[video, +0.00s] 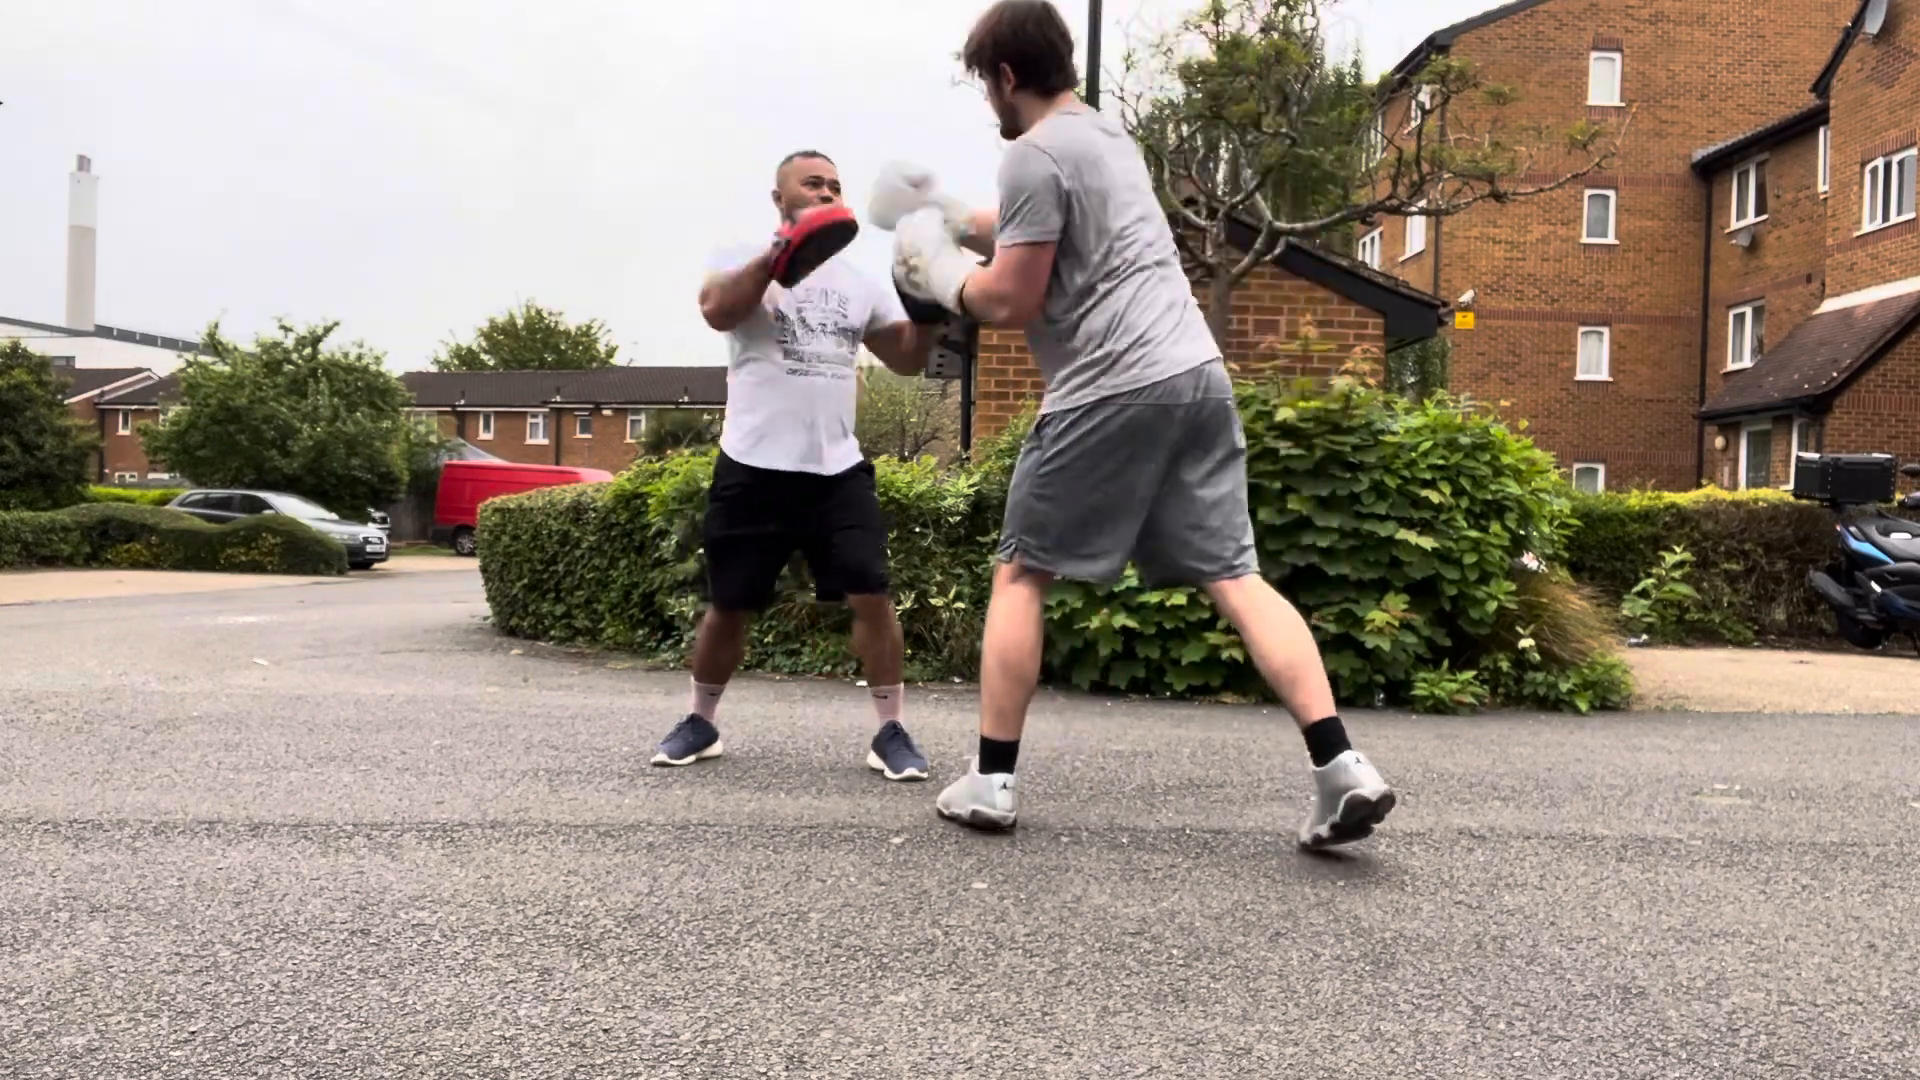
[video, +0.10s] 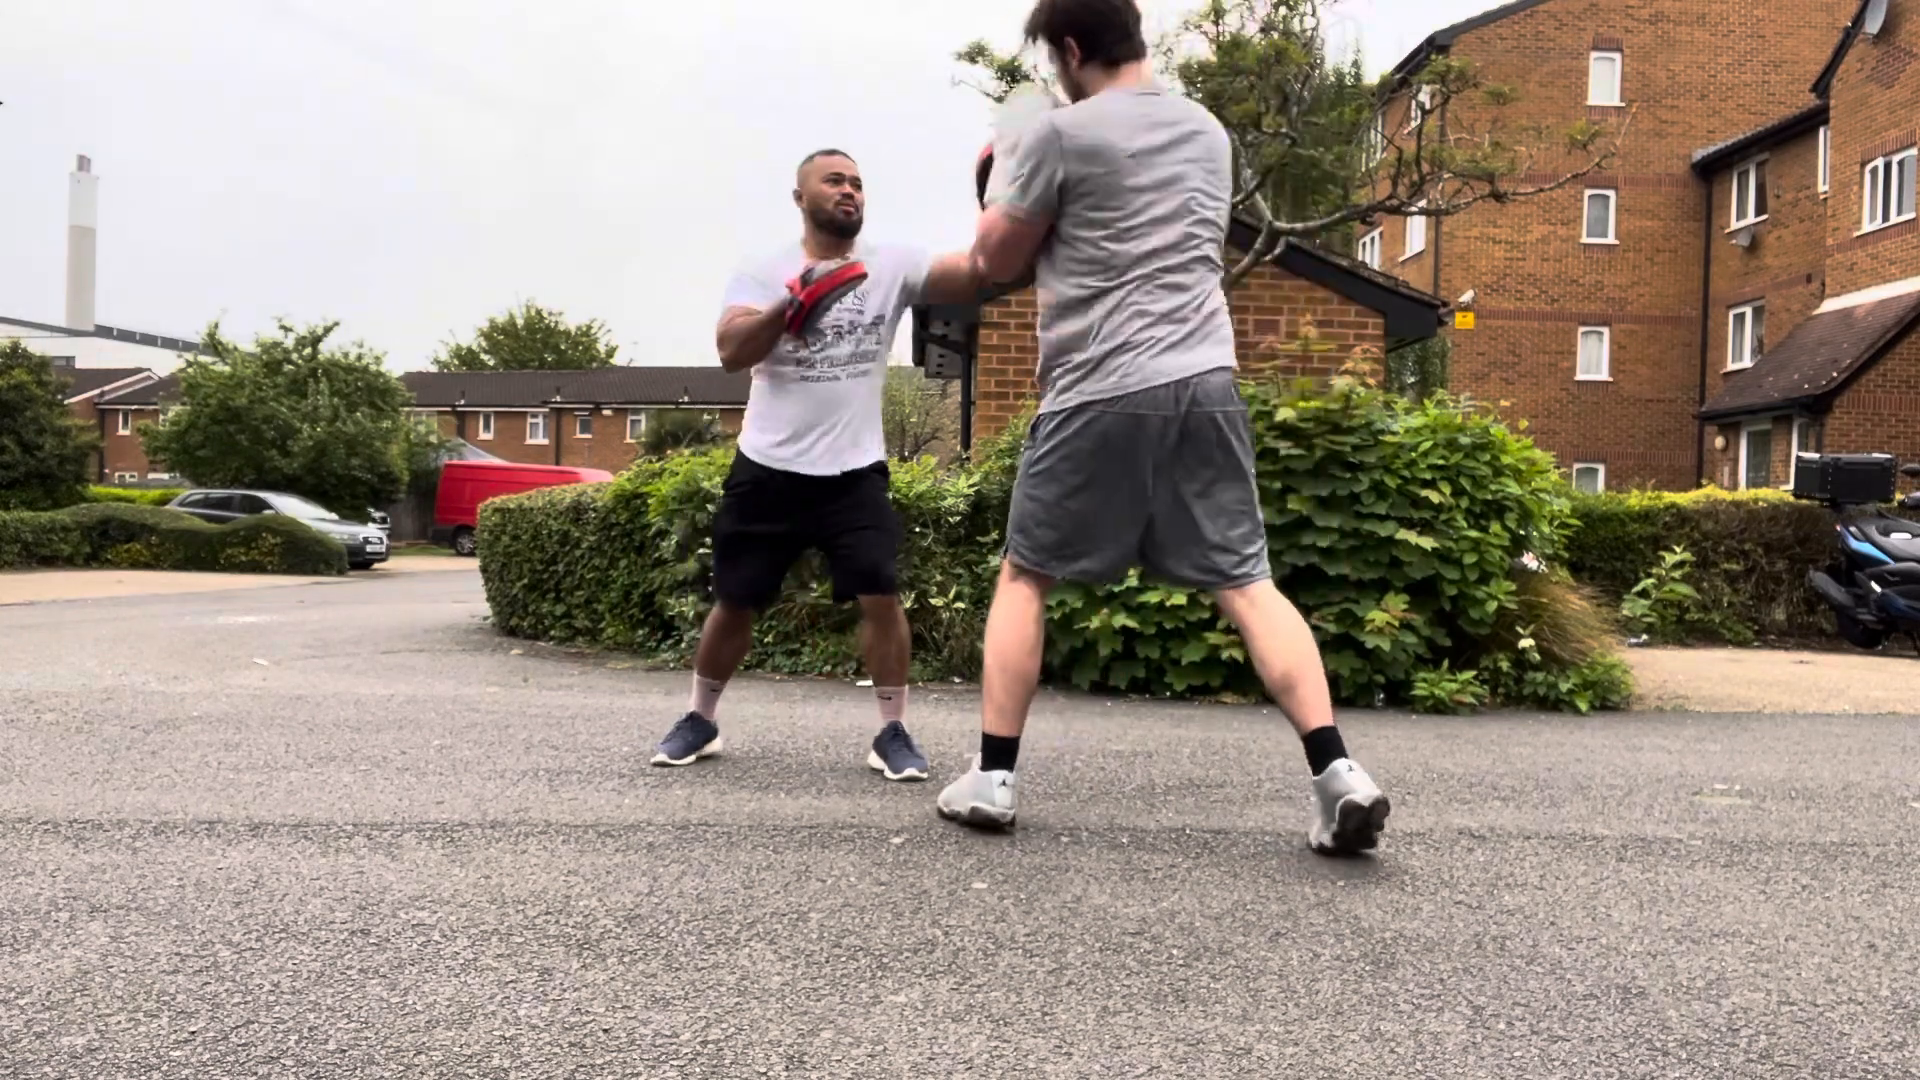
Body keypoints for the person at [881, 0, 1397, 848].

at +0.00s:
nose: (983, 97)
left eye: (983, 80)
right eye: (981, 80)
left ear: (1006, 74)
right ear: (1057, 67)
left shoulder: (1037, 152)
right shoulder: (1109, 135)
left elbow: (1013, 301)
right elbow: (1047, 237)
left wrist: (953, 283)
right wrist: (953, 216)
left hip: (1109, 389)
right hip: (1199, 375)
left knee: (1021, 572)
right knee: (1236, 575)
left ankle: (991, 780)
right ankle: (1342, 765)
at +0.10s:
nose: (1054, 73)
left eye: (1053, 58)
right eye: (1054, 57)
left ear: (1070, 51)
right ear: (1140, 40)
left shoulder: (1060, 134)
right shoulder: (1208, 129)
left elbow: (994, 262)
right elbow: (1178, 238)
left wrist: (988, 184)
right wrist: (1039, 191)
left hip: (1095, 396)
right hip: (1206, 386)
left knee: (1024, 576)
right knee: (1247, 580)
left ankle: (994, 777)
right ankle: (1338, 772)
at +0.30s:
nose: (1132, 87)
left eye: (1133, 76)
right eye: (1138, 76)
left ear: (1146, 74)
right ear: (1223, 71)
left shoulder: (1099, 147)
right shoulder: (1284, 162)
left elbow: (1055, 271)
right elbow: (1268, 285)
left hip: (1100, 418)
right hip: (1218, 419)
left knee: (1024, 580)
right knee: (1276, 611)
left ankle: (978, 774)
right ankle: (1343, 812)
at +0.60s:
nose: (1018, 82)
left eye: (1017, 68)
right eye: (1018, 68)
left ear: (1033, 64)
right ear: (1108, 54)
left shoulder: (1030, 148)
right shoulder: (1169, 127)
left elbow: (979, 297)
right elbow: (1144, 240)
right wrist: (1028, 245)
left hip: (1111, 400)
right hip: (1214, 383)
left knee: (1026, 582)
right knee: (1260, 585)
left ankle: (993, 786)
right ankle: (1346, 789)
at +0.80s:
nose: (973, 123)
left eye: (966, 106)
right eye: (969, 107)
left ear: (980, 98)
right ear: (1044, 81)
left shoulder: (1032, 165)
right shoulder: (1104, 142)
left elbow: (1059, 299)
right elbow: (1039, 262)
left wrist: (976, 366)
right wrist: (948, 254)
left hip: (1128, 400)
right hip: (1221, 387)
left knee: (1023, 579)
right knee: (1252, 585)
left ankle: (992, 786)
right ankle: (1345, 783)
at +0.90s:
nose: (982, 112)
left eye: (977, 99)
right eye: (981, 99)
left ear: (989, 94)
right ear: (1059, 77)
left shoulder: (1016, 171)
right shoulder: (1141, 141)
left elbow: (1021, 310)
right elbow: (1166, 264)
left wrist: (952, 383)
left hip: (1110, 404)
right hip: (1219, 386)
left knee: (1023, 579)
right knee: (1258, 586)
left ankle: (993, 785)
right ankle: (1345, 783)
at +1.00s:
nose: (1006, 106)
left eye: (1002, 93)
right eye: (1004, 93)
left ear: (1016, 86)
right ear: (1083, 64)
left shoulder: (1016, 166)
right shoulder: (1181, 125)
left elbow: (981, 319)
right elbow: (1225, 249)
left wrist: (944, 337)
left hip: (1105, 400)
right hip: (1217, 382)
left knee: (1032, 580)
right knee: (1265, 587)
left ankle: (995, 785)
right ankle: (1340, 785)